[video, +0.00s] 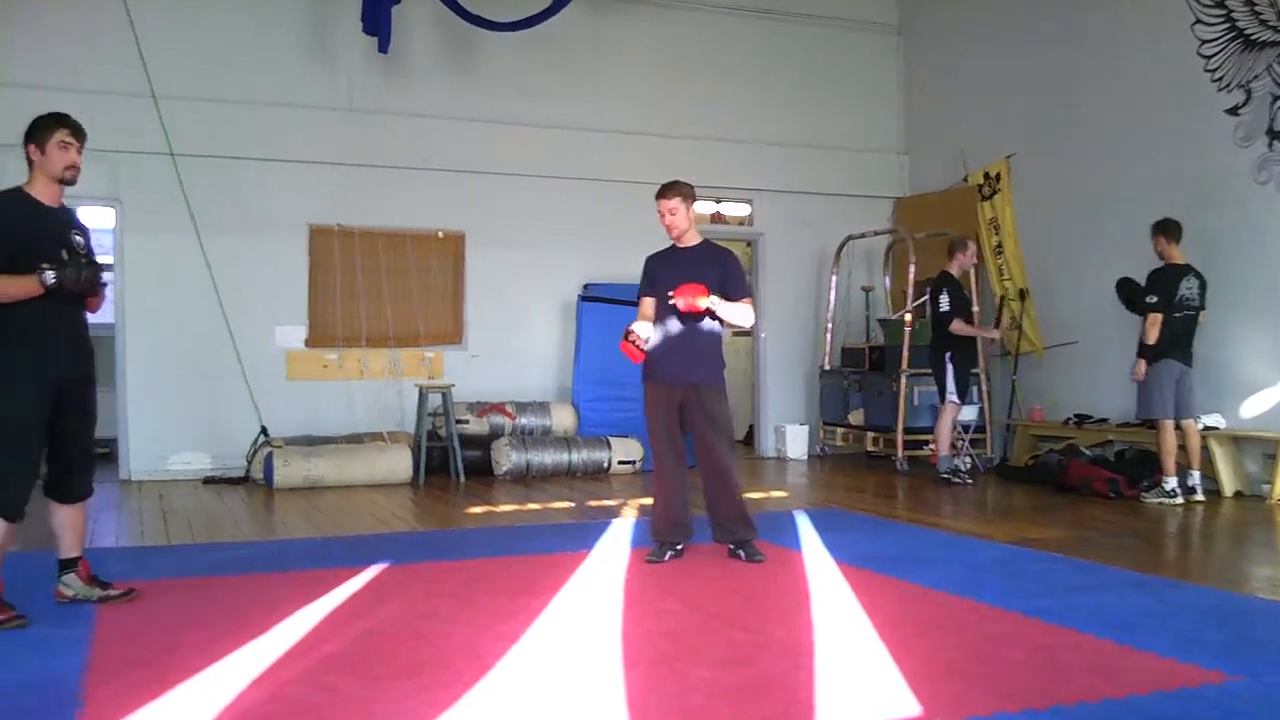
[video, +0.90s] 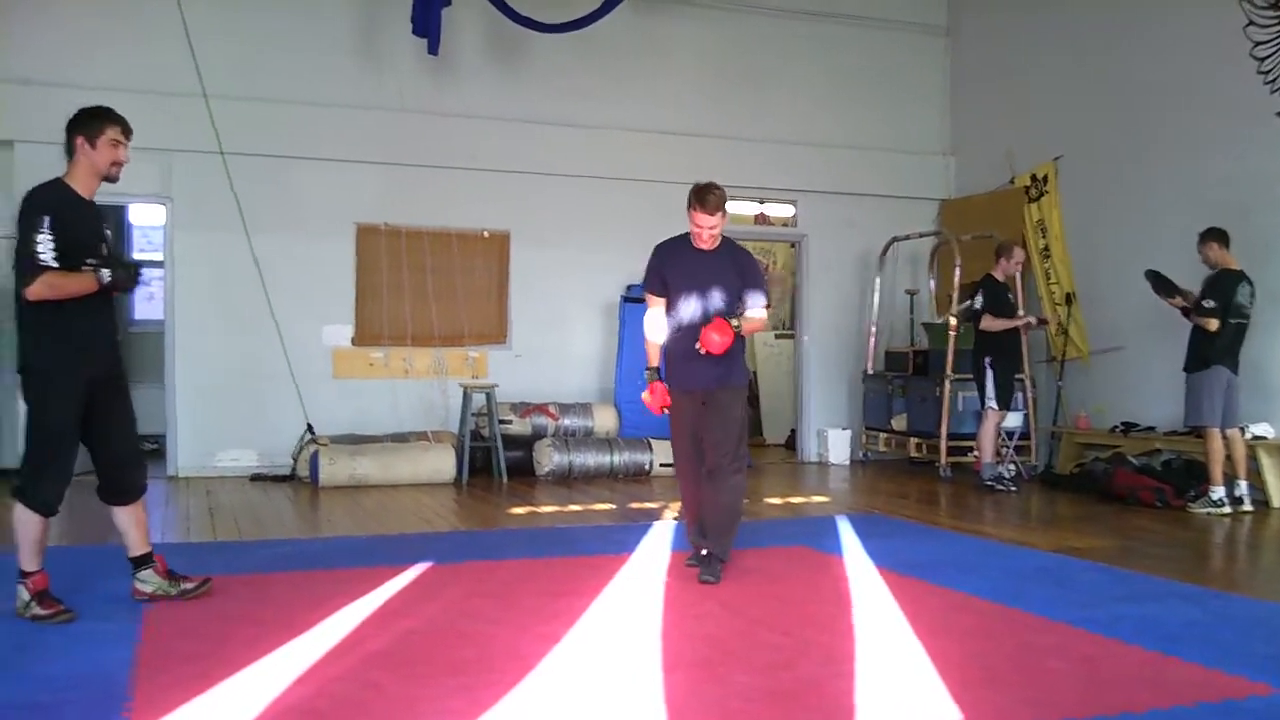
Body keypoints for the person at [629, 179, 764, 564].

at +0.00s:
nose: (666, 220)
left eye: (673, 212)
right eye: (661, 214)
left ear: (692, 210)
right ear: (659, 216)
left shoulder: (722, 258)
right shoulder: (655, 263)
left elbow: (746, 317)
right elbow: (646, 317)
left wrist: (711, 302)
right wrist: (638, 335)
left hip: (705, 376)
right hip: (660, 376)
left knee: (719, 457)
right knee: (666, 460)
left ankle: (738, 536)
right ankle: (670, 538)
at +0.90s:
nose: (706, 235)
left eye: (713, 228)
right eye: (699, 228)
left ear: (724, 219)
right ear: (689, 217)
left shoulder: (741, 260)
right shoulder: (666, 255)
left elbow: (759, 316)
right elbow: (655, 317)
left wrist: (734, 328)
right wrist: (654, 375)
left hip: (726, 382)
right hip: (681, 380)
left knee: (722, 464)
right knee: (688, 463)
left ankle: (716, 552)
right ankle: (701, 544)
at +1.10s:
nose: (741, 236)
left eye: (749, 230)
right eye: (735, 227)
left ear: (761, 220)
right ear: (725, 212)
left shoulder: (770, 261)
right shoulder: (695, 247)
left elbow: (786, 317)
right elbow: (674, 306)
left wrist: (759, 331)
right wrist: (673, 364)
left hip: (747, 383)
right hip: (700, 379)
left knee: (742, 463)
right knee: (710, 462)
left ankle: (736, 550)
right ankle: (725, 533)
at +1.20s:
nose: (738, 231)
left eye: (747, 225)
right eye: (733, 222)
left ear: (761, 216)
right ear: (724, 206)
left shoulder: (771, 260)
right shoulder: (695, 241)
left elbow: (786, 315)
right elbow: (675, 302)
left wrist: (759, 327)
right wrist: (671, 361)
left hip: (745, 381)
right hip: (696, 374)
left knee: (742, 462)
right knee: (693, 452)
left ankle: (737, 549)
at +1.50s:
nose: (714, 228)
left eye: (723, 222)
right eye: (709, 219)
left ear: (740, 211)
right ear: (701, 206)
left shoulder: (755, 256)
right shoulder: (686, 236)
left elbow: (777, 319)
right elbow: (670, 297)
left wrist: (737, 325)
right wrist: (654, 353)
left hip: (726, 374)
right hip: (680, 367)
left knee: (732, 462)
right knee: (662, 443)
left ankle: (733, 546)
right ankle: (706, 484)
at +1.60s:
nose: (696, 223)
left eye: (704, 216)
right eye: (691, 214)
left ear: (721, 206)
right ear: (683, 203)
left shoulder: (740, 251)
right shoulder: (673, 235)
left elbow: (763, 314)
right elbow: (658, 294)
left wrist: (717, 319)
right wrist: (642, 352)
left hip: (715, 373)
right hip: (667, 367)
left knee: (722, 459)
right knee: (656, 452)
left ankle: (726, 544)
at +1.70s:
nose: (675, 199)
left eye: (683, 191)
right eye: (669, 191)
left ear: (699, 181)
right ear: (662, 182)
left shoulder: (721, 225)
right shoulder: (653, 217)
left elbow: (742, 288)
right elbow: (641, 274)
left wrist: (694, 291)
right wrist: (629, 329)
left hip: (700, 348)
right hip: (655, 344)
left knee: (709, 432)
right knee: (643, 426)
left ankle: (718, 512)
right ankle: (624, 506)